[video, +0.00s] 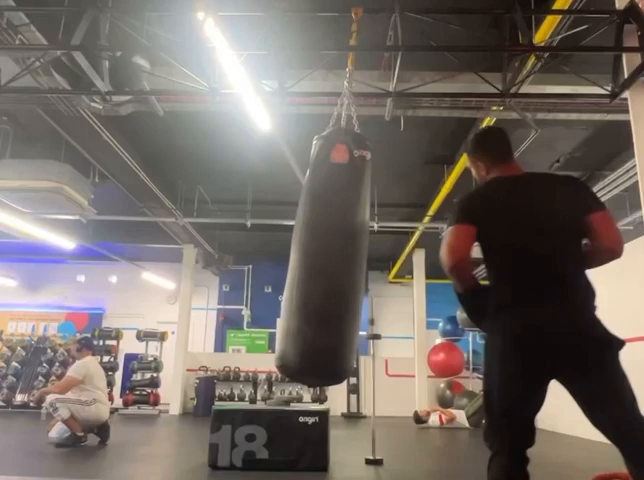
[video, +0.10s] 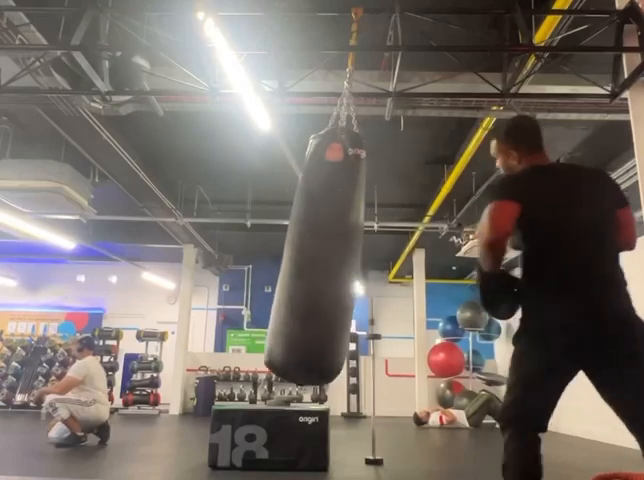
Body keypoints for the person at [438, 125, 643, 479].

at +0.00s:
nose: (473, 176)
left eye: (472, 169)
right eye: (472, 169)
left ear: (478, 165)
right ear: (511, 155)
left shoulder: (476, 202)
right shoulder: (568, 187)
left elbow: (453, 259)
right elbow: (612, 245)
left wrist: (475, 296)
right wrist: (567, 259)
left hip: (515, 340)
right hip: (579, 333)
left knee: (507, 450)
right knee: (633, 435)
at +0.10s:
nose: (498, 168)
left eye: (498, 159)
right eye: (496, 160)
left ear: (512, 154)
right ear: (541, 149)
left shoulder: (514, 186)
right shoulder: (598, 179)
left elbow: (494, 236)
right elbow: (628, 238)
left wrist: (492, 275)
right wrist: (582, 239)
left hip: (551, 326)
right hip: (612, 321)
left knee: (521, 426)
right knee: (643, 424)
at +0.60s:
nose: (554, 157)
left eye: (560, 147)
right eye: (554, 149)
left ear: (589, 145)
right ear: (592, 148)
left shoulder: (602, 175)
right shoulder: (623, 180)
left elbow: (618, 223)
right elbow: (615, 259)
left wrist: (571, 256)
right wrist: (569, 276)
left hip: (621, 314)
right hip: (627, 311)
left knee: (619, 417)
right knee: (627, 412)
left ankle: (623, 469)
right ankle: (626, 468)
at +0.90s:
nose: (535, 174)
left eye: (537, 164)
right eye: (534, 166)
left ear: (561, 158)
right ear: (571, 159)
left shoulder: (554, 195)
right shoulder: (632, 186)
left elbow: (498, 226)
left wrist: (448, 232)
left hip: (598, 325)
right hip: (639, 320)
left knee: (608, 433)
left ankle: (619, 475)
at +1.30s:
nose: (539, 180)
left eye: (541, 170)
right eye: (538, 171)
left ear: (562, 164)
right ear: (577, 164)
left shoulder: (549, 197)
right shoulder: (632, 195)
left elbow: (487, 227)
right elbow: (642, 254)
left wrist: (435, 239)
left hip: (585, 336)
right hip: (636, 331)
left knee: (591, 430)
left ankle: (614, 477)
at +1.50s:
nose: (561, 176)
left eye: (564, 167)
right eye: (559, 169)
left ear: (590, 161)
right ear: (597, 164)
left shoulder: (588, 189)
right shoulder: (636, 193)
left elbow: (577, 239)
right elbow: (632, 255)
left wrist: (532, 277)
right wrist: (585, 279)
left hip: (607, 324)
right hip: (640, 320)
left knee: (595, 423)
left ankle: (615, 475)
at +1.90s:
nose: (584, 177)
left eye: (586, 165)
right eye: (581, 169)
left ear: (613, 154)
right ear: (614, 157)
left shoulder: (632, 196)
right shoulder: (629, 194)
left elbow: (634, 262)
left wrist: (614, 266)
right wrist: (612, 259)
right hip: (641, 303)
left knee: (632, 385)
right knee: (631, 384)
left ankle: (631, 466)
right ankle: (629, 463)